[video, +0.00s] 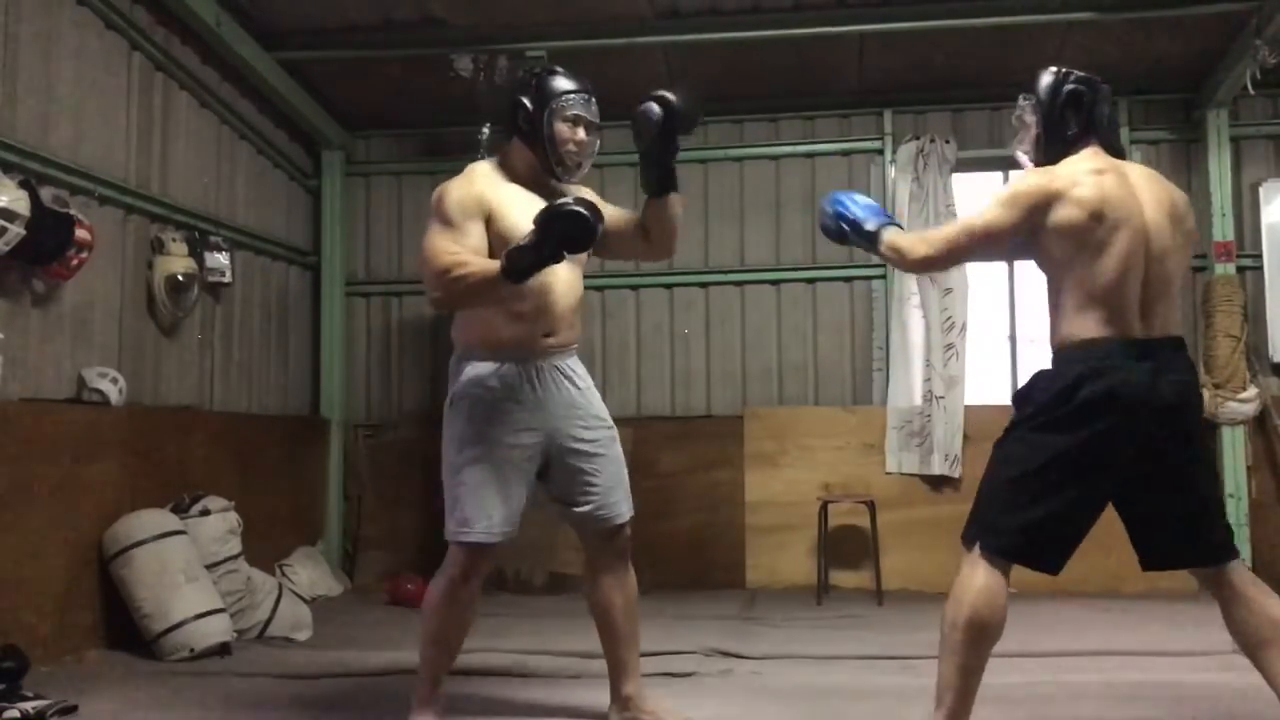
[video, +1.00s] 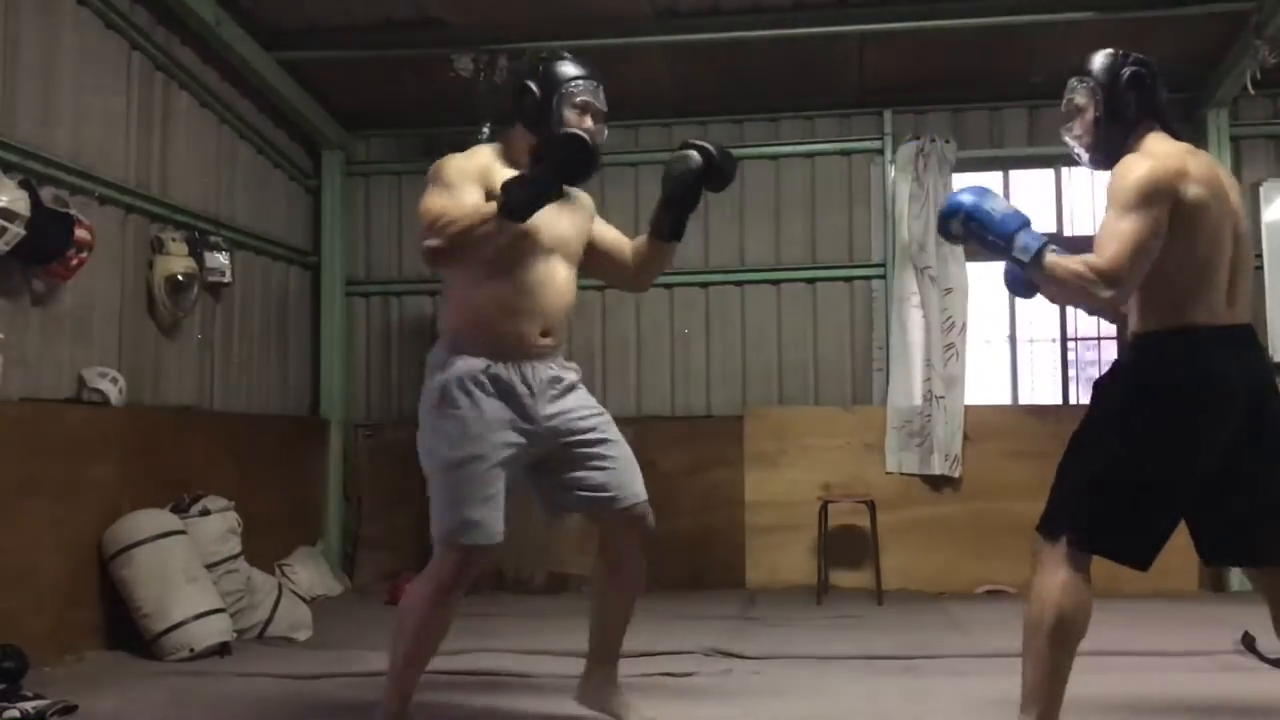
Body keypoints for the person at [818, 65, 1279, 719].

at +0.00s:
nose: (1019, 143)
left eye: (1023, 128)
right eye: (1019, 128)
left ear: (1051, 127)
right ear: (1097, 125)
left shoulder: (1046, 188)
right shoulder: (1172, 197)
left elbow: (927, 253)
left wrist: (873, 232)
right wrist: (1038, 187)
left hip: (1081, 391)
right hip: (1173, 391)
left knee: (987, 556)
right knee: (1226, 569)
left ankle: (949, 712)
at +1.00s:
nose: (1069, 129)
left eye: (1075, 112)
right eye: (1067, 114)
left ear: (1114, 107)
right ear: (1142, 107)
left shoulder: (1146, 169)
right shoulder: (1217, 176)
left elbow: (1106, 283)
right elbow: (1144, 295)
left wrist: (1016, 235)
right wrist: (1044, 273)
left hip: (1162, 381)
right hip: (1245, 379)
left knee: (1063, 546)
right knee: (1270, 564)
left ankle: (1037, 711)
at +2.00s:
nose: (1037, 133)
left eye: (1047, 116)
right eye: (1036, 119)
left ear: (1091, 114)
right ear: (1089, 119)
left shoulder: (1147, 178)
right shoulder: (1120, 198)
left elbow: (1126, 302)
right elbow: (1092, 319)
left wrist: (1029, 255)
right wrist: (1011, 278)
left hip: (1169, 388)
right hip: (1204, 390)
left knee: (1047, 549)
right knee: (1242, 569)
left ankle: (1033, 711)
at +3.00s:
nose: (1141, 95)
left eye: (1155, 78)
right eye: (1139, 80)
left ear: (1212, 79)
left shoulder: (1272, 164)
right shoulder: (1184, 169)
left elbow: (1257, 287)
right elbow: (1206, 289)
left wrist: (1168, 236)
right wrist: (1135, 345)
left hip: (1264, 392)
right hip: (1201, 389)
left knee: (1272, 580)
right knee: (1105, 528)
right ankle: (1130, 708)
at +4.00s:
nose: (1065, 106)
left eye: (1077, 88)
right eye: (1064, 90)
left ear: (1138, 90)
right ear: (1132, 95)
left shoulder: (1224, 180)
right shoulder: (1100, 183)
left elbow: (1085, 272)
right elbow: (1111, 299)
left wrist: (1028, 191)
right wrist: (1069, 358)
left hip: (1215, 402)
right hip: (1123, 399)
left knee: (1257, 601)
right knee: (1018, 551)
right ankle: (1014, 713)